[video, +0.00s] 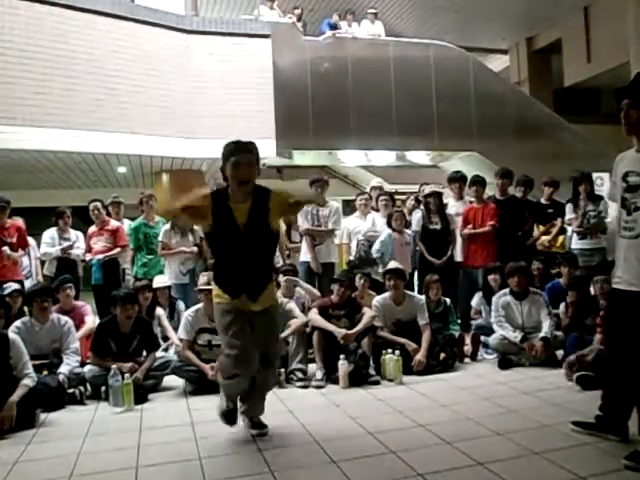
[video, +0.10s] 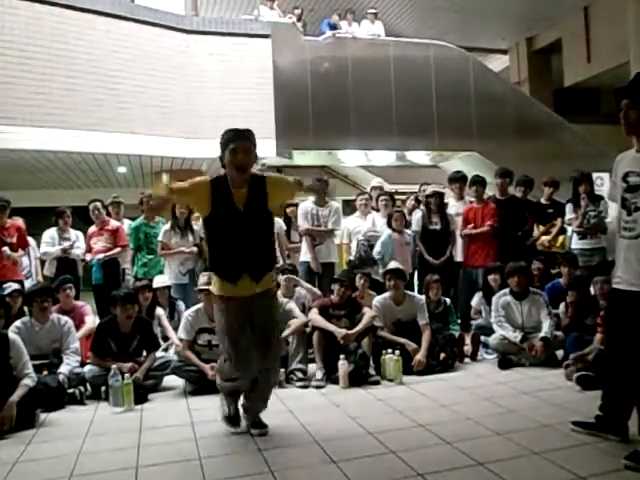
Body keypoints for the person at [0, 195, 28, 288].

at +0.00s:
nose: (2, 215)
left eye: (4, 211)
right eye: (1, 212)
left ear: (8, 210)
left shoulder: (17, 226)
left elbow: (24, 248)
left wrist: (14, 255)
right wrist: (8, 254)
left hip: (13, 275)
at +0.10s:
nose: (2, 215)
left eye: (4, 211)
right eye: (1, 212)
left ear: (8, 211)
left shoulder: (17, 226)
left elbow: (24, 248)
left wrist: (14, 255)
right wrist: (8, 254)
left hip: (13, 275)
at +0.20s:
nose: (2, 215)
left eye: (4, 211)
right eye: (1, 211)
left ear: (8, 210)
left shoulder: (17, 226)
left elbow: (24, 248)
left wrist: (14, 255)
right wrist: (8, 254)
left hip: (13, 275)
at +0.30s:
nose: (2, 215)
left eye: (4, 211)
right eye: (1, 211)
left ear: (8, 210)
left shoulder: (17, 226)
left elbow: (24, 248)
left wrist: (14, 255)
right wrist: (8, 254)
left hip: (13, 275)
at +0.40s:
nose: (2, 215)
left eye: (4, 211)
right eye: (1, 211)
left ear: (8, 210)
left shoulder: (17, 226)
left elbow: (24, 248)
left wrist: (15, 255)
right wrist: (9, 254)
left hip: (13, 275)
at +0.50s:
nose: (2, 212)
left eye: (4, 208)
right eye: (1, 208)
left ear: (8, 210)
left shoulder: (17, 227)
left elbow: (25, 247)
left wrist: (16, 255)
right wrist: (8, 253)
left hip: (14, 275)